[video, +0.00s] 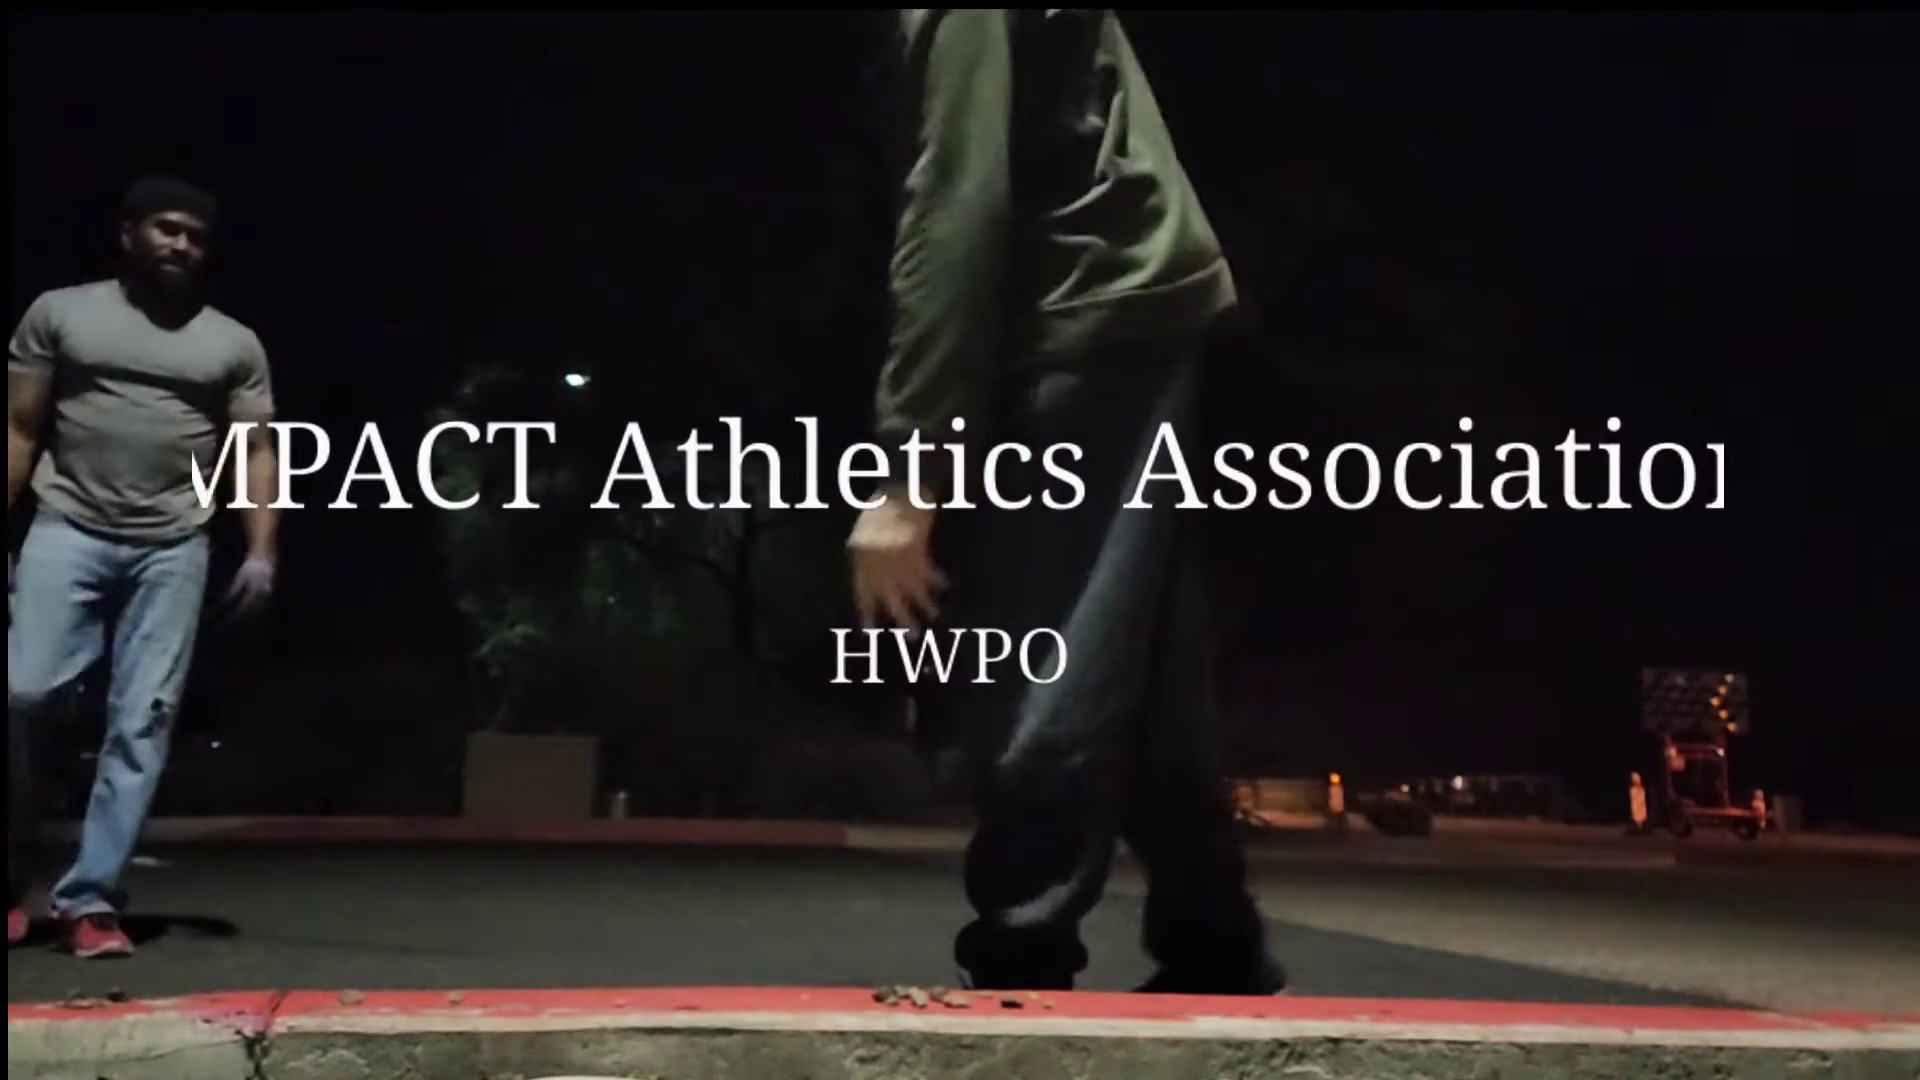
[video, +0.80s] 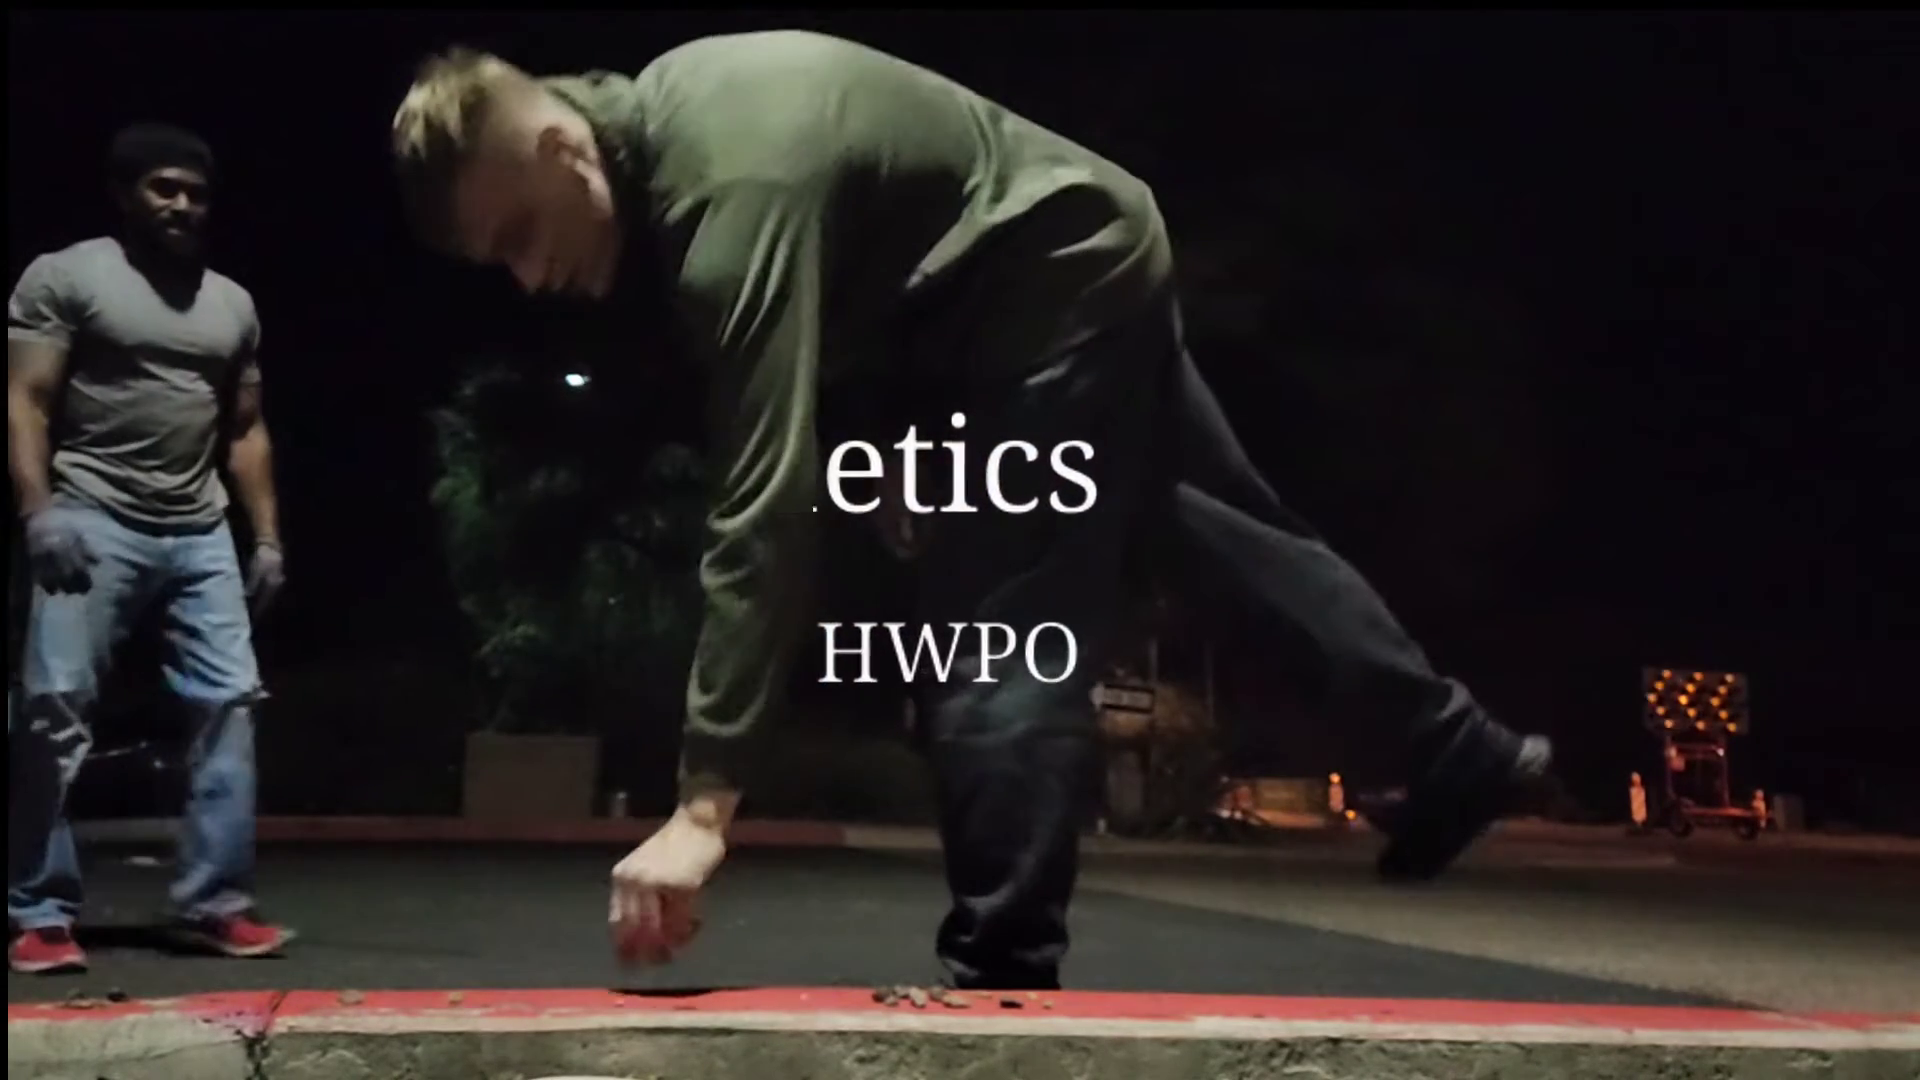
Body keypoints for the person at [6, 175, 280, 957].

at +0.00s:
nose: (181, 247)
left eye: (194, 236)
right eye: (166, 230)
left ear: (208, 250)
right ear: (128, 235)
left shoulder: (235, 348)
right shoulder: (59, 316)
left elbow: (259, 457)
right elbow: (21, 430)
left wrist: (261, 547)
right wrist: (9, 518)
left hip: (174, 545)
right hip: (65, 531)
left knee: (143, 720)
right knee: (29, 691)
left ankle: (91, 898)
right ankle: (23, 881)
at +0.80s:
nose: (183, 207)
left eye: (196, 194)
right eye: (165, 190)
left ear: (211, 206)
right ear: (127, 195)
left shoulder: (231, 307)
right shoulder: (66, 279)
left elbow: (246, 426)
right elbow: (27, 399)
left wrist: (266, 533)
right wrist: (39, 508)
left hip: (200, 529)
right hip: (90, 518)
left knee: (230, 699)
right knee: (58, 708)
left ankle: (213, 900)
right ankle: (38, 911)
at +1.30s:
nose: (296, 221)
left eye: (309, 210)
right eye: (280, 204)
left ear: (320, 224)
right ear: (239, 209)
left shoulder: (340, 323)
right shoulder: (178, 290)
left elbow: (360, 435)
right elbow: (141, 412)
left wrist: (388, 528)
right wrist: (155, 527)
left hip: (305, 539)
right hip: (204, 525)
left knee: (291, 716)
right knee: (134, 711)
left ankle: (265, 907)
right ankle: (54, 908)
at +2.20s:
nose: (368, 244)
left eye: (382, 234)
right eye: (354, 226)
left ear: (392, 245)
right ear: (315, 222)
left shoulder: (392, 340)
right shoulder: (240, 290)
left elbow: (417, 449)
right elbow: (181, 385)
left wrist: (488, 516)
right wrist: (177, 437)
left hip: (325, 544)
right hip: (233, 527)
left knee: (303, 716)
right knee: (200, 705)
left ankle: (264, 905)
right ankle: (168, 909)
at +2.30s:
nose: (361, 250)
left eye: (373, 238)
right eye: (347, 232)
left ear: (384, 243)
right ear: (304, 224)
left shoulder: (384, 333)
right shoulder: (231, 288)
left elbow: (382, 440)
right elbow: (201, 400)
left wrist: (449, 492)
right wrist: (264, 450)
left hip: (322, 544)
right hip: (229, 533)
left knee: (301, 717)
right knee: (195, 712)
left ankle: (269, 907)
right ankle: (167, 913)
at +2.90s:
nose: (325, 319)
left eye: (338, 304)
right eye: (313, 300)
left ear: (347, 304)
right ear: (280, 290)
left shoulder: (351, 365)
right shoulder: (193, 325)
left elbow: (330, 480)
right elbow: (155, 448)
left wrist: (357, 500)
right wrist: (222, 504)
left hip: (263, 538)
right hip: (161, 530)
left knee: (268, 719)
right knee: (150, 717)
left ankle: (266, 905)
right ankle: (162, 912)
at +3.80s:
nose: (440, 363)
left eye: (451, 350)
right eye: (430, 345)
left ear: (461, 347)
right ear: (396, 331)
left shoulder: (461, 402)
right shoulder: (307, 352)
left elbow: (441, 512)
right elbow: (267, 477)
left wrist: (407, 535)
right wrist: (347, 531)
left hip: (361, 549)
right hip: (260, 530)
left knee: (362, 716)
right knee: (222, 696)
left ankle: (341, 916)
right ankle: (169, 913)